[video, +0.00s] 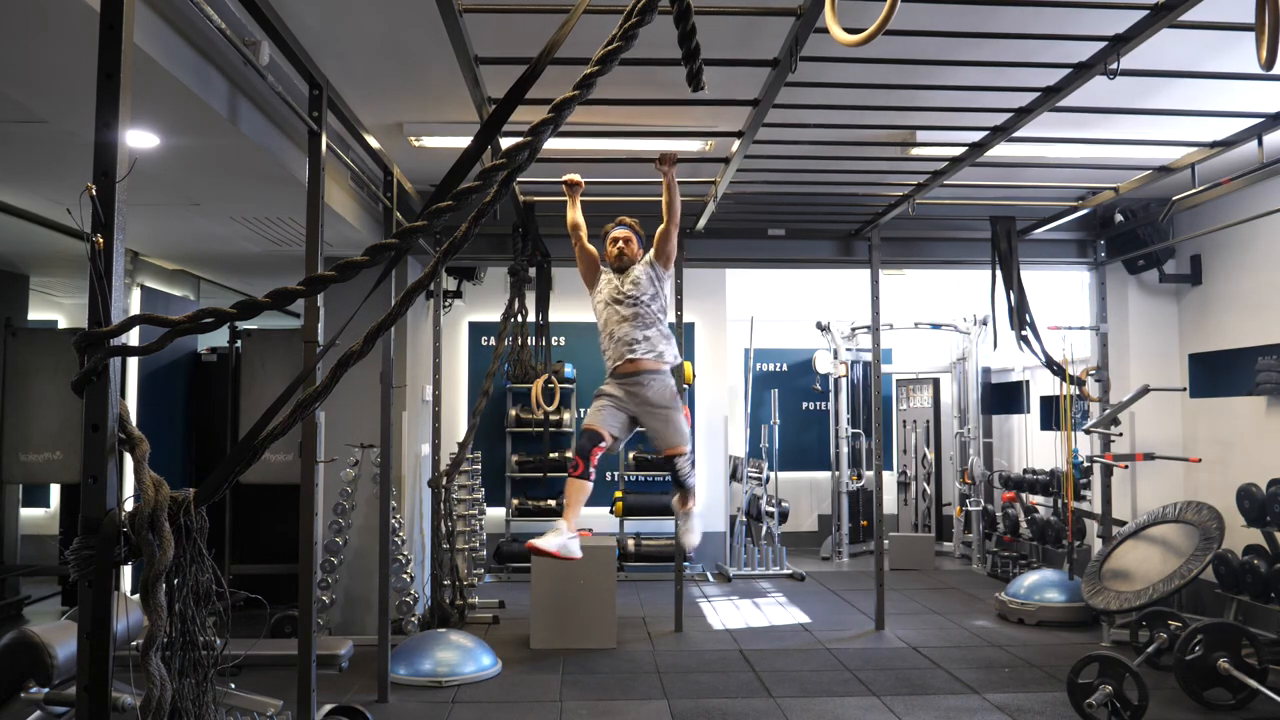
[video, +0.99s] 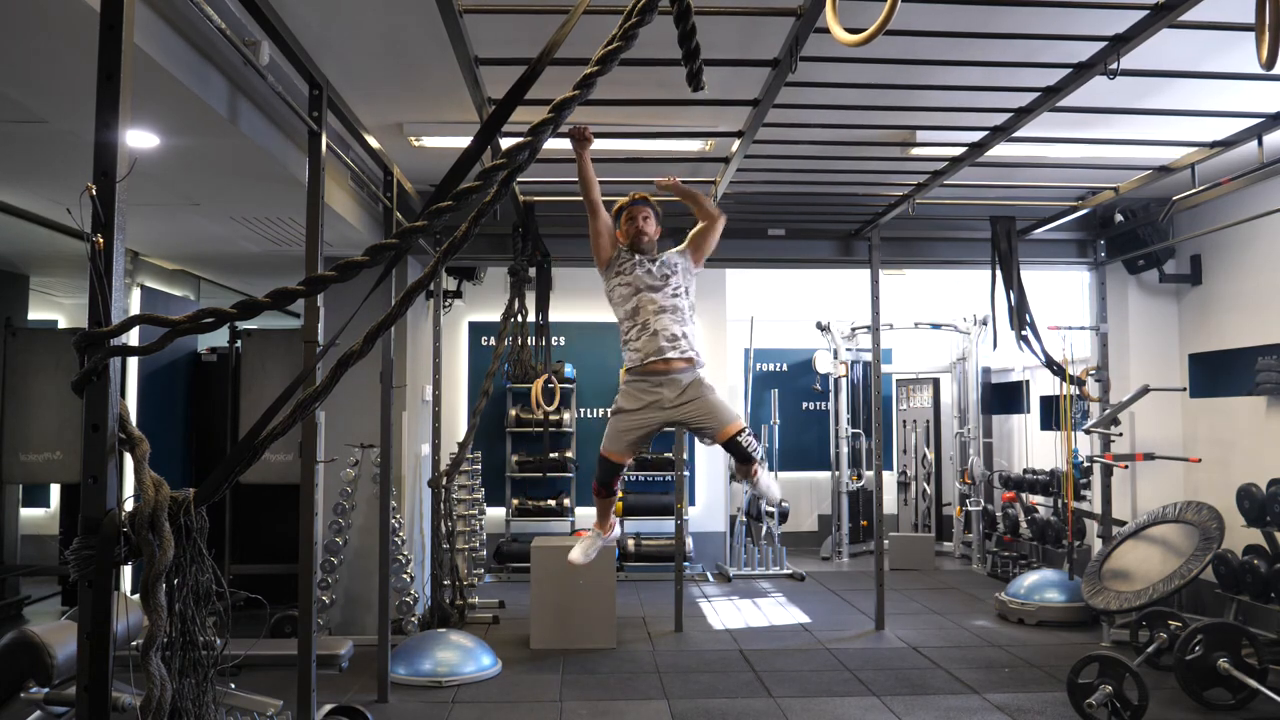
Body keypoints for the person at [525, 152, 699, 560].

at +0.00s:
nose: (620, 243)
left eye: (627, 239)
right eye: (613, 240)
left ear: (640, 248)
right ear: (605, 252)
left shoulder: (655, 270)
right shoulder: (599, 283)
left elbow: (671, 225)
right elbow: (578, 236)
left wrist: (670, 177)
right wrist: (573, 196)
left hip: (659, 384)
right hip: (617, 385)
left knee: (681, 471)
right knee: (586, 449)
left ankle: (687, 515)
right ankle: (567, 532)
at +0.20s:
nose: (615, 244)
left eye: (622, 241)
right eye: (608, 240)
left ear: (634, 252)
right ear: (598, 249)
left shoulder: (642, 278)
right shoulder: (582, 279)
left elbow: (656, 226)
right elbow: (565, 235)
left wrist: (664, 178)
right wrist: (571, 194)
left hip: (625, 389)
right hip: (580, 387)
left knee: (647, 475)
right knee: (546, 451)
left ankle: (618, 481)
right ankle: (529, 533)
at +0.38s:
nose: (605, 230)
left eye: (613, 228)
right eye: (598, 227)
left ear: (623, 243)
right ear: (587, 239)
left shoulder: (629, 272)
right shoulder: (566, 263)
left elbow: (650, 224)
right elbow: (543, 219)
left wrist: (662, 177)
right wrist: (581, 185)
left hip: (609, 384)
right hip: (561, 382)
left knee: (645, 466)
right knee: (531, 469)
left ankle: (610, 456)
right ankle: (518, 525)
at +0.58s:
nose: (607, 222)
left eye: (615, 219)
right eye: (601, 217)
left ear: (625, 233)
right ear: (587, 228)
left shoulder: (627, 265)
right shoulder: (569, 254)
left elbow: (650, 220)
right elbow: (562, 201)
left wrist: (662, 178)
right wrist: (574, 147)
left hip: (614, 383)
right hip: (567, 384)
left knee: (662, 456)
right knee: (564, 481)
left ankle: (650, 499)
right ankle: (572, 533)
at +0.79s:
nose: (620, 228)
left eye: (627, 225)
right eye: (613, 224)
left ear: (637, 236)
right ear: (600, 235)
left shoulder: (646, 265)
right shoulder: (590, 268)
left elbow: (661, 222)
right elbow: (584, 210)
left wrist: (665, 182)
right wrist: (580, 155)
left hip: (653, 391)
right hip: (609, 397)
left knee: (698, 467)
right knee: (605, 489)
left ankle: (710, 534)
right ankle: (601, 525)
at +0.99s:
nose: (640, 222)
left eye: (647, 217)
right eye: (631, 219)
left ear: (660, 228)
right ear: (620, 232)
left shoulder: (683, 260)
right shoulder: (614, 265)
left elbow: (715, 218)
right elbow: (595, 209)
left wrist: (681, 189)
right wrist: (583, 154)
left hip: (690, 383)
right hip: (638, 387)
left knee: (746, 448)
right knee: (604, 476)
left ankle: (758, 480)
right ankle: (605, 528)